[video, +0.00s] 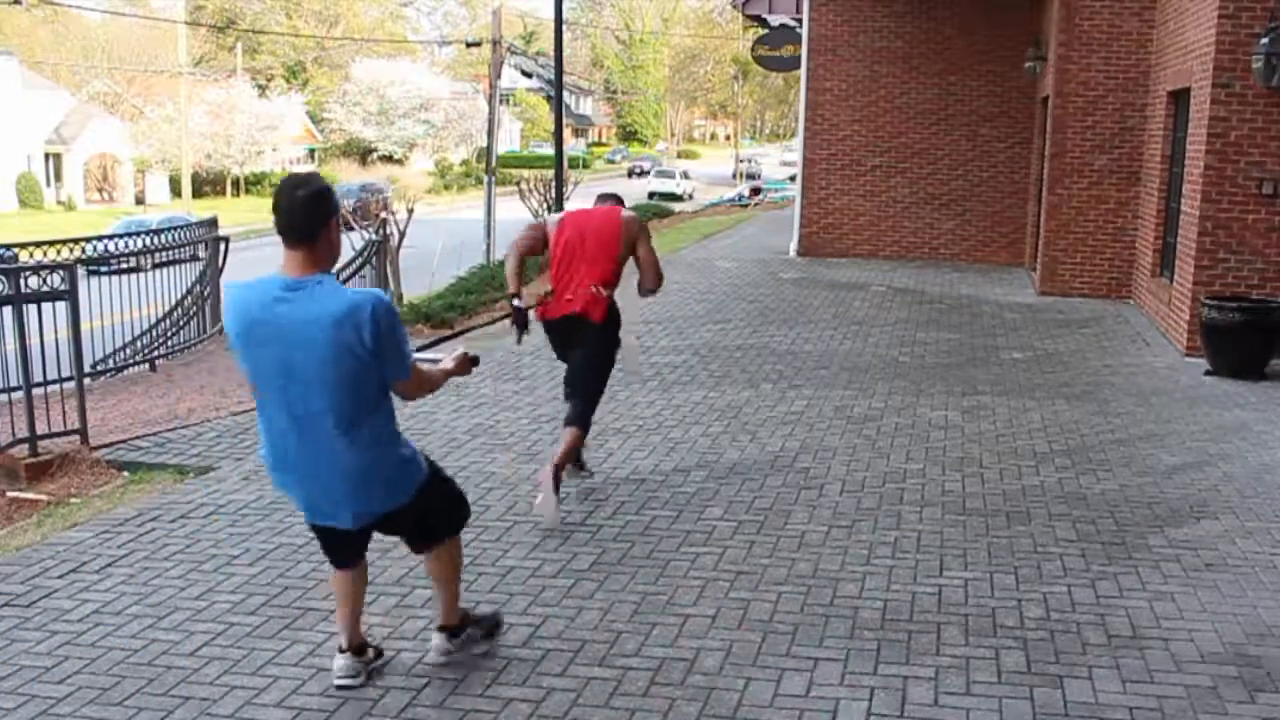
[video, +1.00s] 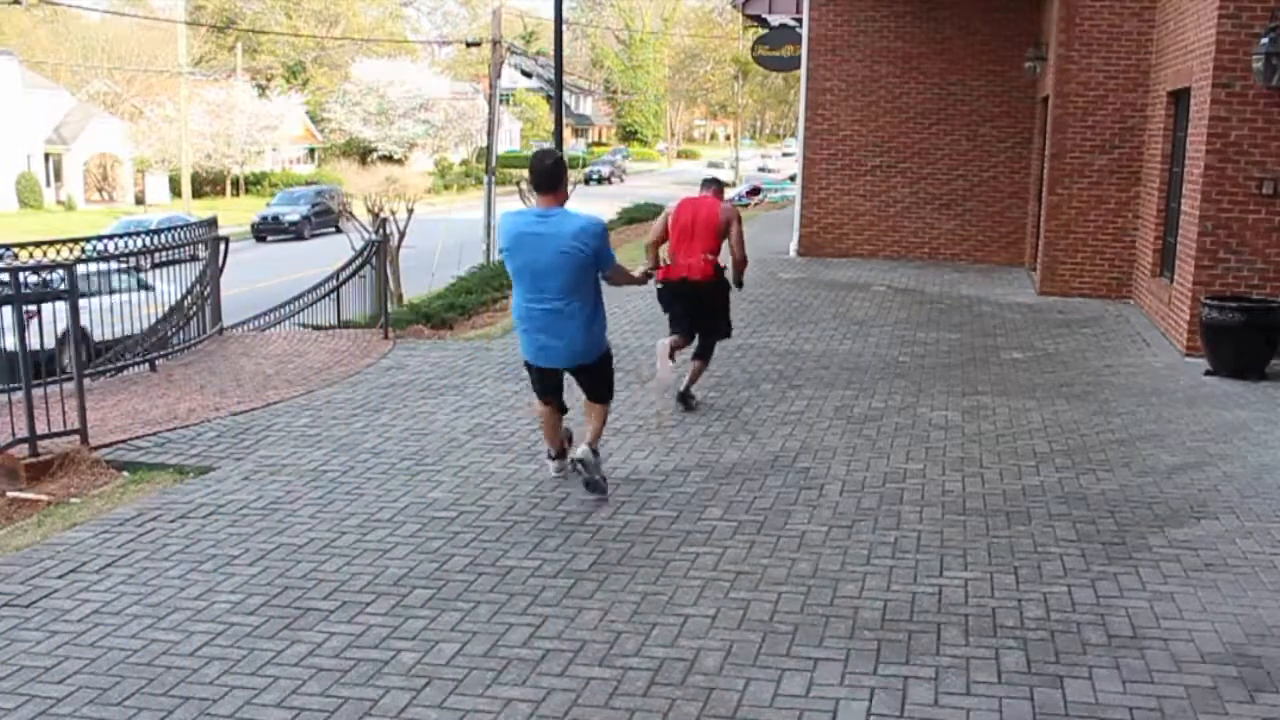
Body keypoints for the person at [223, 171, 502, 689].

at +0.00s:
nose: (342, 231)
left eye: (338, 222)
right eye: (340, 222)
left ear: (279, 230)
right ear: (332, 229)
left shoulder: (240, 305)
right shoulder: (364, 309)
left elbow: (270, 374)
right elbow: (409, 385)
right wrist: (447, 370)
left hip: (299, 474)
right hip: (374, 469)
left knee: (344, 553)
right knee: (441, 520)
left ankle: (349, 648)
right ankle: (451, 623)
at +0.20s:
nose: (418, 226)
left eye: (415, 218)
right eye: (417, 219)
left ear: (362, 225)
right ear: (413, 226)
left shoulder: (325, 285)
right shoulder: (443, 298)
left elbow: (317, 327)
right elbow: (468, 361)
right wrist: (494, 351)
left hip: (367, 440)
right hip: (436, 443)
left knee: (393, 488)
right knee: (475, 512)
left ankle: (381, 569)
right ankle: (491, 590)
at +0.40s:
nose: (458, 212)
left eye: (452, 206)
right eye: (457, 206)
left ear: (410, 210)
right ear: (455, 211)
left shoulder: (376, 265)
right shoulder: (483, 273)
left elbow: (380, 316)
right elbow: (515, 326)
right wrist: (548, 325)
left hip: (419, 420)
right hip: (481, 416)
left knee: (447, 484)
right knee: (506, 479)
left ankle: (464, 537)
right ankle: (494, 554)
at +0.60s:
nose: (495, 207)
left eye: (491, 201)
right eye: (494, 201)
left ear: (452, 206)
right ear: (492, 205)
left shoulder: (421, 257)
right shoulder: (514, 264)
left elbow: (429, 308)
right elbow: (538, 316)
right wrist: (566, 317)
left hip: (455, 398)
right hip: (510, 393)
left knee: (472, 455)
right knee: (548, 433)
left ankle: (471, 529)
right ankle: (556, 504)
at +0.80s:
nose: (545, 200)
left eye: (539, 195)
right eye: (544, 195)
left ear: (504, 199)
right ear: (541, 200)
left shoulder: (476, 241)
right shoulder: (563, 252)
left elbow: (480, 281)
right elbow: (577, 297)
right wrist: (594, 288)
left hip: (498, 366)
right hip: (550, 370)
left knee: (508, 409)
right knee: (574, 432)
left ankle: (492, 469)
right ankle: (576, 491)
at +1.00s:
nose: (567, 183)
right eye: (566, 178)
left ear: (531, 185)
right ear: (566, 182)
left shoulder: (508, 225)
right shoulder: (590, 228)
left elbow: (517, 269)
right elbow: (612, 274)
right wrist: (636, 279)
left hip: (536, 344)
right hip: (584, 341)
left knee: (549, 404)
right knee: (598, 396)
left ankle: (556, 456)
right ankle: (589, 447)